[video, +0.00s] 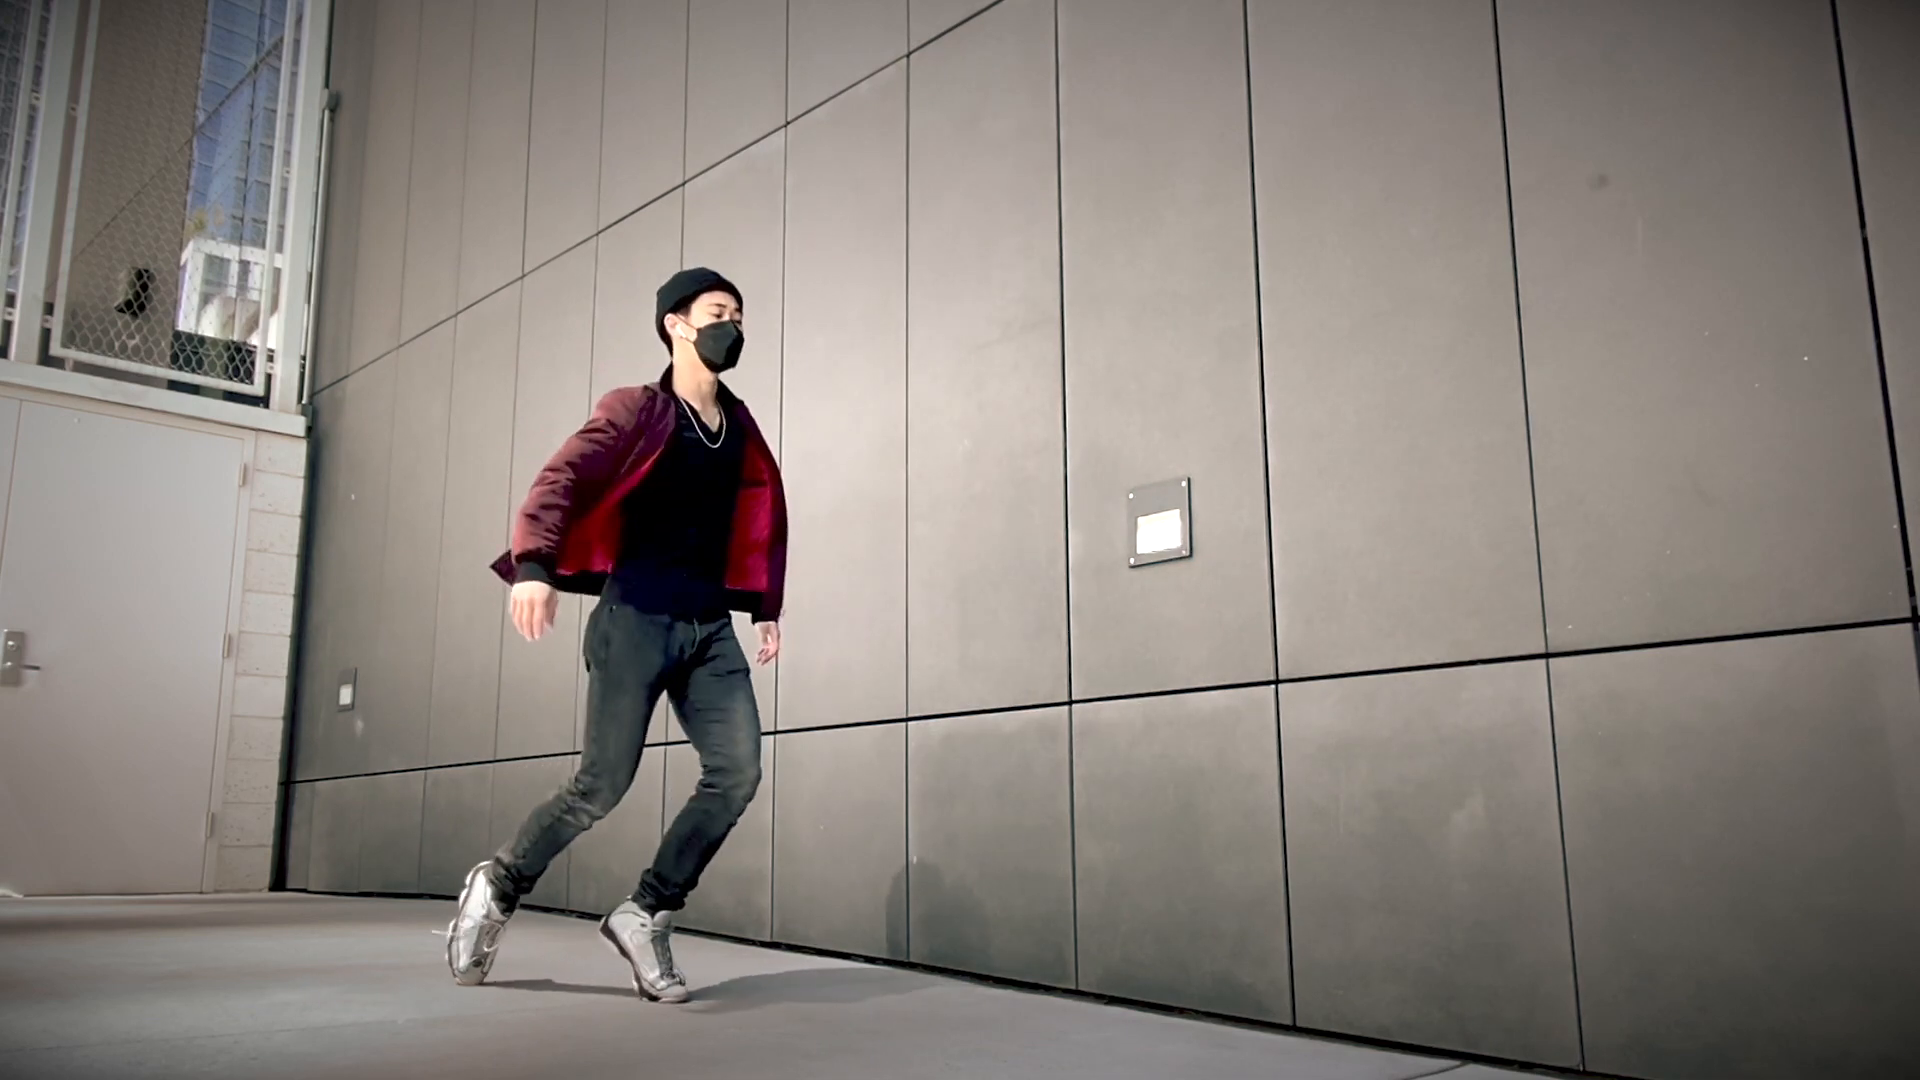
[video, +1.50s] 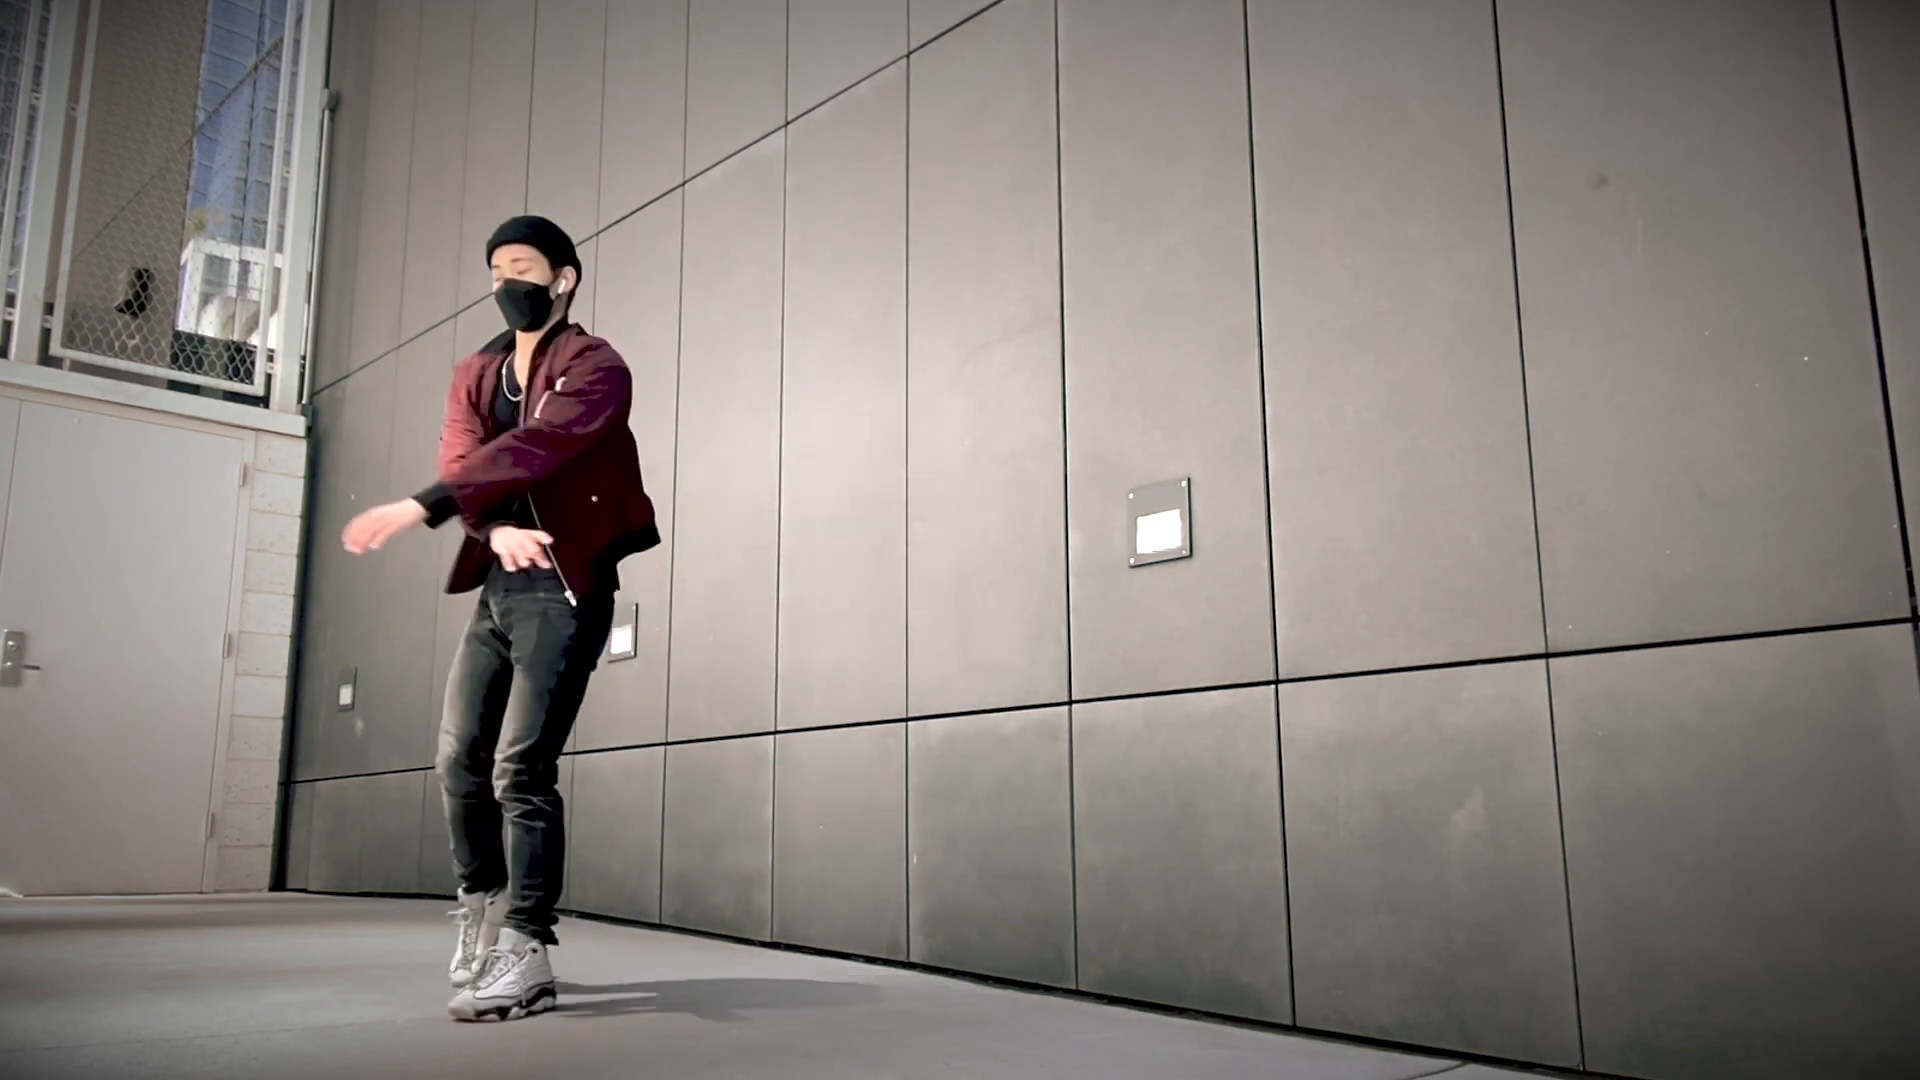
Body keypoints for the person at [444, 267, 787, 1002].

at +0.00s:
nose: (732, 324)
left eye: (737, 315)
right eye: (715, 313)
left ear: (738, 333)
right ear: (674, 327)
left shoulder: (738, 424)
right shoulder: (636, 409)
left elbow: (765, 514)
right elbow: (561, 477)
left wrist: (767, 605)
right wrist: (532, 568)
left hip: (708, 628)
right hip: (633, 620)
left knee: (735, 776)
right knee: (601, 785)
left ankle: (644, 916)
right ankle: (495, 888)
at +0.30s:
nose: (740, 358)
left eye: (742, 349)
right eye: (727, 346)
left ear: (720, 357)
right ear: (682, 350)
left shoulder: (724, 433)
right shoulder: (643, 424)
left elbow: (752, 520)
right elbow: (592, 516)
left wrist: (764, 610)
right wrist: (608, 620)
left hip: (681, 636)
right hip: (618, 634)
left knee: (748, 778)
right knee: (631, 811)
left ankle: (646, 917)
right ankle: (506, 896)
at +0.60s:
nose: (710, 369)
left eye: (710, 361)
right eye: (699, 358)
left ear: (671, 367)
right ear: (656, 362)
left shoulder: (695, 456)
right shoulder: (619, 441)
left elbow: (736, 543)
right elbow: (619, 553)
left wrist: (796, 627)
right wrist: (678, 657)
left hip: (643, 661)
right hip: (587, 656)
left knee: (704, 799)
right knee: (629, 820)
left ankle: (616, 937)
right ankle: (499, 898)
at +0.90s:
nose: (670, 355)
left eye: (671, 346)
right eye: (657, 343)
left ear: (645, 354)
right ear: (610, 346)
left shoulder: (661, 443)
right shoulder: (564, 423)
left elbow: (705, 532)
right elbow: (594, 530)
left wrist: (774, 614)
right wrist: (663, 631)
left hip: (588, 639)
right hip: (515, 632)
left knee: (633, 788)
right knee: (543, 798)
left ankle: (585, 949)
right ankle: (433, 900)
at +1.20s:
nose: (604, 309)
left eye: (614, 302)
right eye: (587, 298)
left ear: (623, 317)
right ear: (550, 310)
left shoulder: (641, 402)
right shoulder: (503, 387)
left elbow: (644, 493)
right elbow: (525, 494)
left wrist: (647, 577)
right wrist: (623, 563)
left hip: (572, 602)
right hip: (487, 595)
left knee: (560, 769)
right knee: (474, 765)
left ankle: (556, 941)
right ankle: (437, 908)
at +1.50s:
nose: (511, 281)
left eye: (527, 267)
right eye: (500, 270)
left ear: (567, 280)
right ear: (491, 286)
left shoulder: (598, 367)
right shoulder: (477, 371)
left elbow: (540, 447)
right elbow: (458, 465)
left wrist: (423, 504)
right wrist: (496, 527)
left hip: (564, 589)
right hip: (496, 586)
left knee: (522, 769)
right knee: (461, 764)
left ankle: (528, 951)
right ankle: (482, 912)